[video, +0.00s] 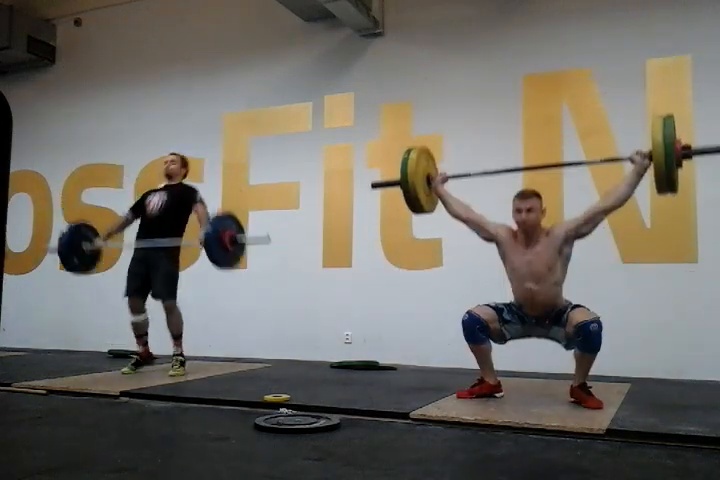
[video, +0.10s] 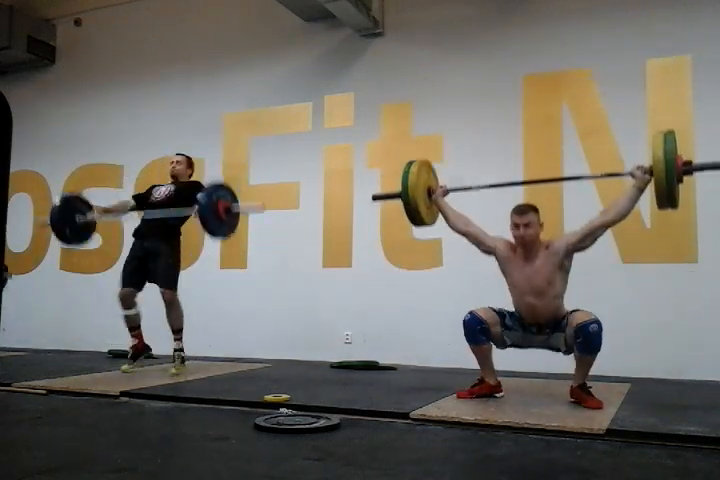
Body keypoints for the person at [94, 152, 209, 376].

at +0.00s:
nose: (168, 165)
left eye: (173, 162)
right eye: (166, 162)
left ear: (183, 169)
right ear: (162, 169)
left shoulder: (188, 191)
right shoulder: (150, 194)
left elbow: (201, 210)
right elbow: (128, 218)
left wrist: (205, 231)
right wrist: (105, 235)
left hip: (166, 254)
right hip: (142, 253)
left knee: (169, 303)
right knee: (134, 301)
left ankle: (178, 354)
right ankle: (143, 352)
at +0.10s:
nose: (173, 165)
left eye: (179, 163)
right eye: (172, 163)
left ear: (190, 171)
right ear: (169, 169)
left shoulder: (193, 188)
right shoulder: (155, 190)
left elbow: (209, 201)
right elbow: (129, 205)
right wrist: (100, 211)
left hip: (167, 246)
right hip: (141, 245)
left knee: (169, 295)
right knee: (126, 294)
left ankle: (178, 347)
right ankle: (138, 344)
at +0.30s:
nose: (150, 196)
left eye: (154, 192)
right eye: (147, 192)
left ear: (165, 194)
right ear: (145, 194)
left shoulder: (178, 215)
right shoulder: (141, 216)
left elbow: (200, 207)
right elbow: (115, 211)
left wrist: (203, 181)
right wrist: (97, 191)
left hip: (170, 281)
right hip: (145, 281)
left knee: (164, 311)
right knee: (105, 313)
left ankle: (170, 362)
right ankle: (119, 360)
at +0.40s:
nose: (134, 211)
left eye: (139, 207)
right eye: (132, 207)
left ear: (151, 209)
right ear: (130, 209)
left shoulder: (165, 226)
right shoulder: (128, 228)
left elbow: (190, 211)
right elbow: (105, 214)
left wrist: (199, 185)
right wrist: (90, 193)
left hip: (167, 290)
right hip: (142, 291)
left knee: (161, 314)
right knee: (101, 316)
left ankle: (169, 362)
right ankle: (119, 361)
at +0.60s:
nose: (115, 230)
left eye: (120, 226)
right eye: (114, 226)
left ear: (134, 229)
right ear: (112, 228)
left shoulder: (152, 244)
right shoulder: (115, 246)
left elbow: (181, 228)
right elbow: (96, 226)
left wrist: (199, 204)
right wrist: (90, 208)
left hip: (162, 299)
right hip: (136, 302)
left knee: (161, 317)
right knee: (96, 319)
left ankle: (168, 361)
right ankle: (119, 362)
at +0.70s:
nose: (112, 238)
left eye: (116, 234)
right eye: (110, 234)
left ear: (131, 236)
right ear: (108, 236)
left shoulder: (148, 251)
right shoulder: (112, 254)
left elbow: (180, 233)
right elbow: (96, 233)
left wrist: (201, 210)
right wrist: (89, 214)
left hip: (161, 305)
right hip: (135, 308)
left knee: (163, 319)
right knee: (95, 320)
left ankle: (168, 362)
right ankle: (119, 362)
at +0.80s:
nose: (109, 246)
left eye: (114, 241)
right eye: (108, 241)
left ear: (129, 242)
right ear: (105, 243)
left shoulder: (148, 256)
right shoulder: (110, 258)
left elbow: (180, 240)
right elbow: (94, 238)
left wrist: (201, 218)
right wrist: (90, 220)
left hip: (160, 308)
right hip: (134, 312)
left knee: (162, 319)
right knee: (94, 322)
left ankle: (168, 362)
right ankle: (119, 362)